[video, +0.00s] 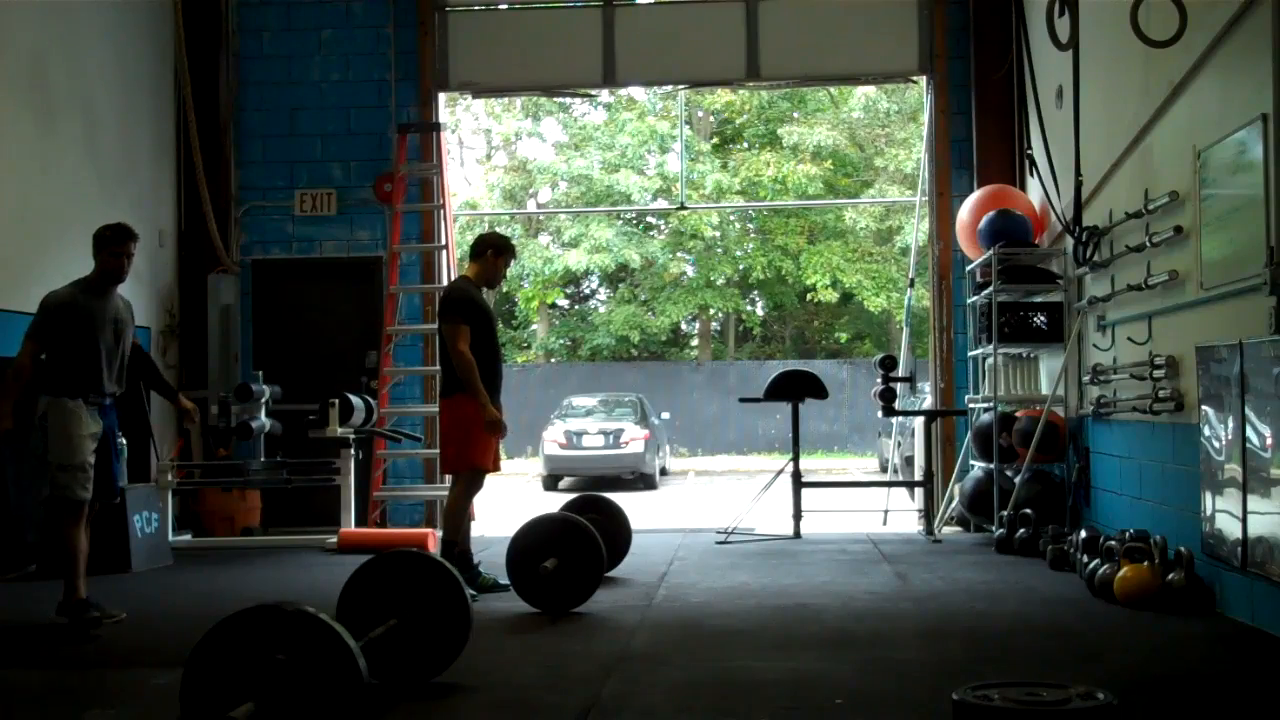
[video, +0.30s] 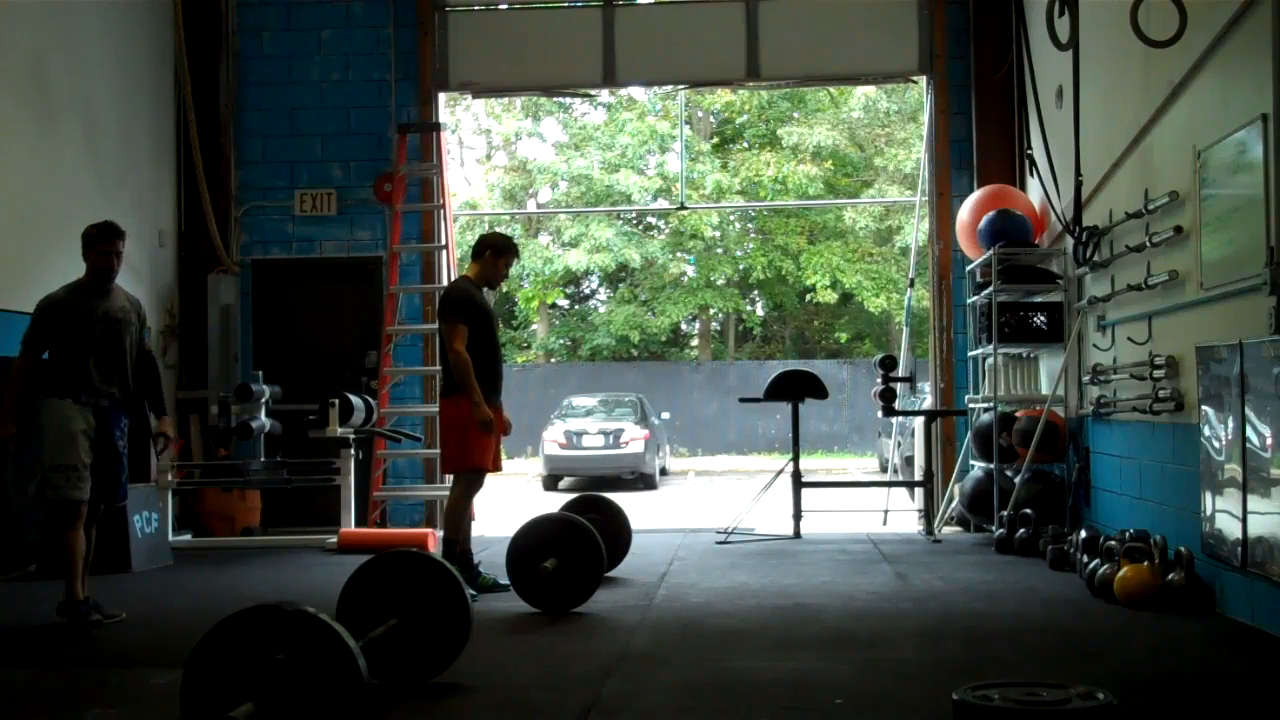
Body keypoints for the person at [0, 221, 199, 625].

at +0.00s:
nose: (126, 263)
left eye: (130, 256)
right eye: (119, 255)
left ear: (132, 259)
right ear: (99, 255)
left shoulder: (122, 309)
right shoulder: (60, 302)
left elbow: (134, 359)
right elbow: (28, 358)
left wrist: (175, 396)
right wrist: (12, 408)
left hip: (104, 413)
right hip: (69, 412)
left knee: (90, 505)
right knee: (75, 505)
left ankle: (77, 597)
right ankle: (75, 600)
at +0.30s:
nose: (112, 261)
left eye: (117, 254)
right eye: (104, 254)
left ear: (123, 256)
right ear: (87, 254)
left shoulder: (132, 309)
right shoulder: (55, 305)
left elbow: (145, 368)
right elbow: (27, 365)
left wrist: (162, 417)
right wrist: (15, 416)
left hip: (111, 419)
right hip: (65, 417)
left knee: (95, 507)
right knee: (73, 506)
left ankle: (82, 596)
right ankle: (73, 600)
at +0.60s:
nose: (114, 259)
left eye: (119, 252)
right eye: (106, 252)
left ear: (124, 254)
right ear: (88, 254)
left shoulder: (134, 306)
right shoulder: (57, 307)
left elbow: (150, 360)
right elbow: (30, 366)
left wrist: (156, 401)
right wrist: (22, 419)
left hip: (120, 418)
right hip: (72, 416)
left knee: (104, 508)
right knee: (84, 505)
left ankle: (83, 595)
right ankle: (79, 601)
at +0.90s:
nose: (148, 256)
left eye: (149, 248)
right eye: (141, 248)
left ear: (135, 250)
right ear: (116, 248)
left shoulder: (140, 299)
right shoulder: (72, 300)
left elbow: (155, 360)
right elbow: (48, 362)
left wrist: (180, 407)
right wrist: (51, 417)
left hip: (135, 417)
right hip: (86, 419)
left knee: (166, 498)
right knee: (82, 511)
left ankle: (139, 589)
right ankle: (79, 605)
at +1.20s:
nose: (194, 261)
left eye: (195, 254)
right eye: (188, 253)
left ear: (179, 255)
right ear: (164, 252)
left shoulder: (177, 301)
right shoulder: (118, 300)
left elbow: (173, 368)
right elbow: (99, 362)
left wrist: (184, 423)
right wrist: (115, 413)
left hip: (171, 419)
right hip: (130, 419)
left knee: (182, 515)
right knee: (110, 516)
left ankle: (198, 605)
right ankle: (86, 605)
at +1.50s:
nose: (225, 255)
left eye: (229, 247)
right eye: (218, 247)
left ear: (230, 248)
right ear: (196, 245)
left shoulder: (226, 298)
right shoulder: (157, 292)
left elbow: (241, 361)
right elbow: (129, 358)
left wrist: (260, 409)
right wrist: (135, 411)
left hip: (210, 413)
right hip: (165, 410)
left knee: (201, 511)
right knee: (173, 505)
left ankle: (200, 604)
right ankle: (158, 597)